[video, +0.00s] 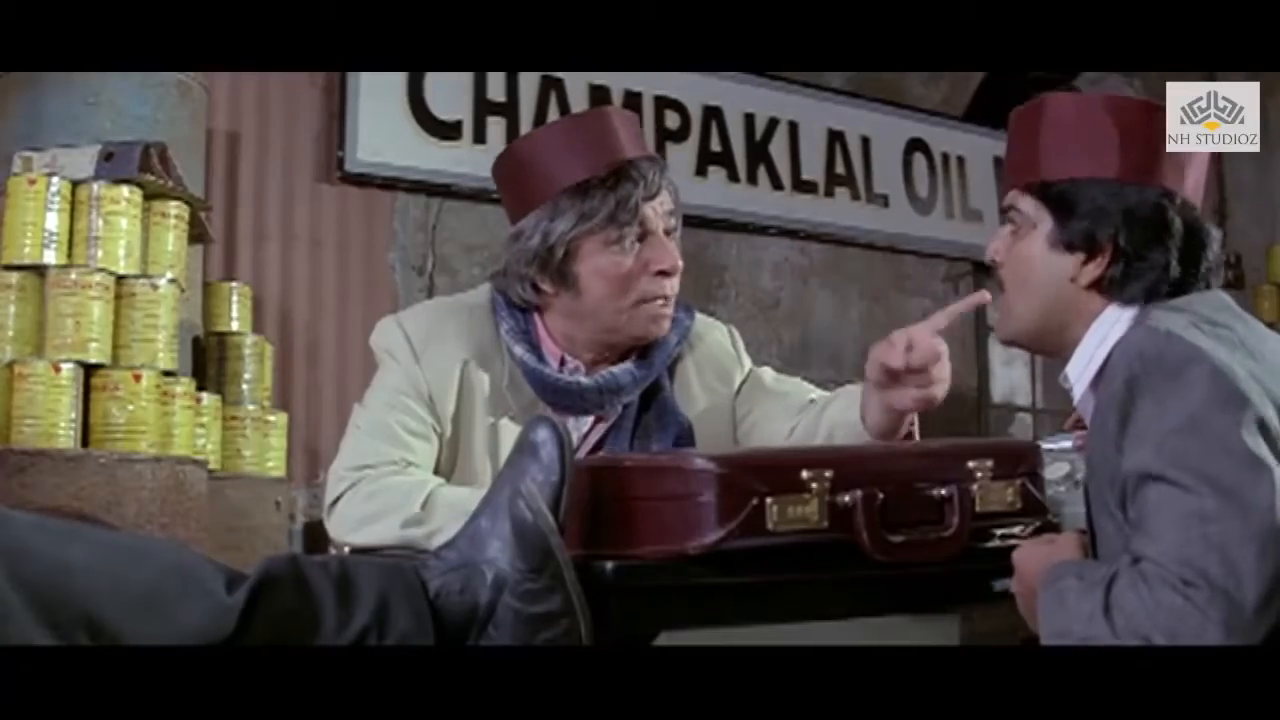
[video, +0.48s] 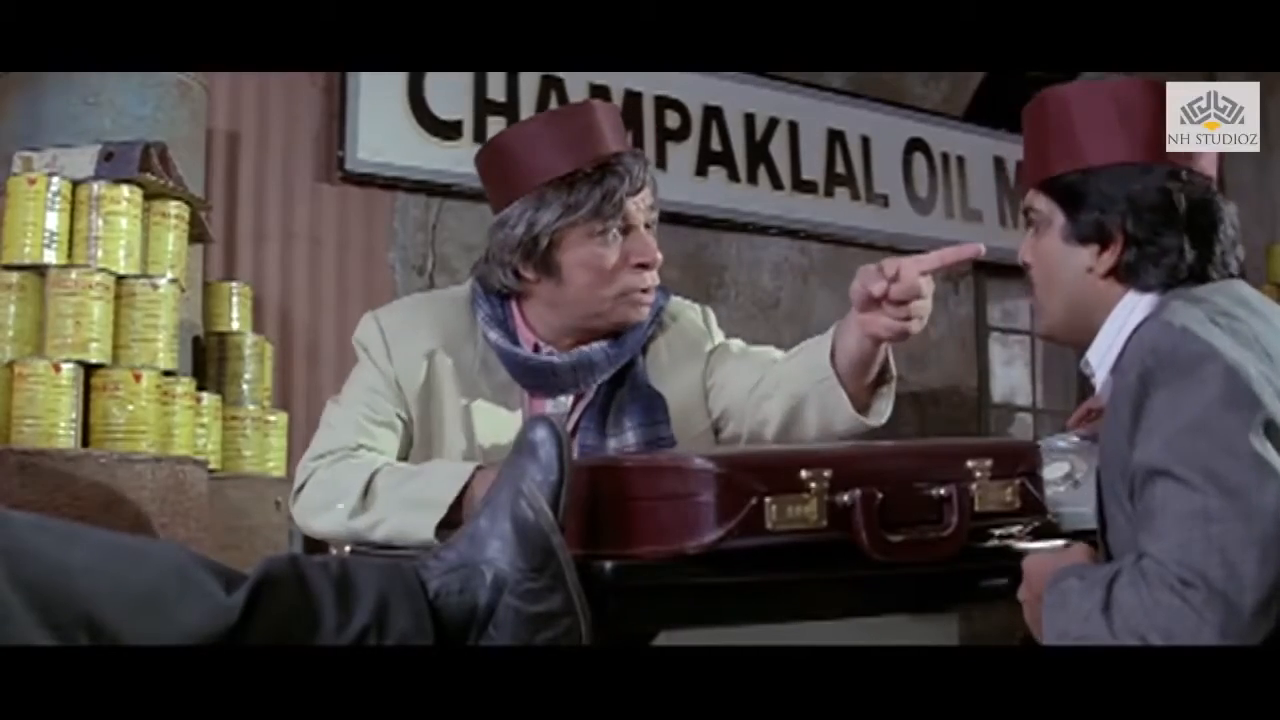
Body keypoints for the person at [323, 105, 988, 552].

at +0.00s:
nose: (667, 261)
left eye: (671, 234)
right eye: (629, 242)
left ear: (682, 240)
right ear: (546, 268)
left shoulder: (702, 353)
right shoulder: (427, 348)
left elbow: (789, 425)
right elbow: (365, 502)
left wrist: (876, 409)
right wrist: (560, 537)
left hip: (663, 628)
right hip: (473, 634)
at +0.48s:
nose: (650, 255)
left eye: (651, 230)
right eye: (616, 235)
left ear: (658, 230)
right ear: (530, 252)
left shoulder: (682, 340)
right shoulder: (405, 343)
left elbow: (781, 406)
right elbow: (325, 493)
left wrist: (861, 335)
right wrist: (477, 491)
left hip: (647, 620)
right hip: (457, 630)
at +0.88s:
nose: (626, 252)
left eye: (628, 223)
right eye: (591, 229)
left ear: (634, 223)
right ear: (509, 248)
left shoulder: (675, 337)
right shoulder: (384, 342)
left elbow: (785, 474)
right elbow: (300, 490)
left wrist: (797, 412)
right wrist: (414, 481)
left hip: (637, 623)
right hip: (445, 631)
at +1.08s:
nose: (578, 281)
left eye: (592, 251)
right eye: (548, 255)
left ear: (608, 245)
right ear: (479, 252)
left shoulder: (653, 341)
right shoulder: (368, 346)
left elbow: (778, 439)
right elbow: (290, 494)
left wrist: (723, 428)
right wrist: (400, 486)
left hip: (617, 621)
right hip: (433, 629)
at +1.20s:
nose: (559, 290)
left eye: (577, 261)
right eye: (531, 264)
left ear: (594, 251)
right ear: (467, 254)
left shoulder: (640, 347)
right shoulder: (361, 350)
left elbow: (733, 466)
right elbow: (289, 500)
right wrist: (399, 487)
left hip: (600, 622)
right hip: (422, 628)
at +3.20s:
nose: (563, 299)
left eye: (581, 273)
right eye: (536, 273)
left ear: (601, 268)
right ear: (478, 264)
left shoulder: (650, 363)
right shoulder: (377, 348)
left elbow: (691, 493)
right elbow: (295, 487)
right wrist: (415, 504)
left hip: (597, 621)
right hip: (428, 626)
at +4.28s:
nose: (552, 293)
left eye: (570, 266)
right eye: (525, 266)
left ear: (591, 266)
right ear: (470, 261)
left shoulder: (646, 359)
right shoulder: (375, 344)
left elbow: (686, 496)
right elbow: (303, 493)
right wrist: (444, 408)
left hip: (595, 618)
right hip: (420, 618)